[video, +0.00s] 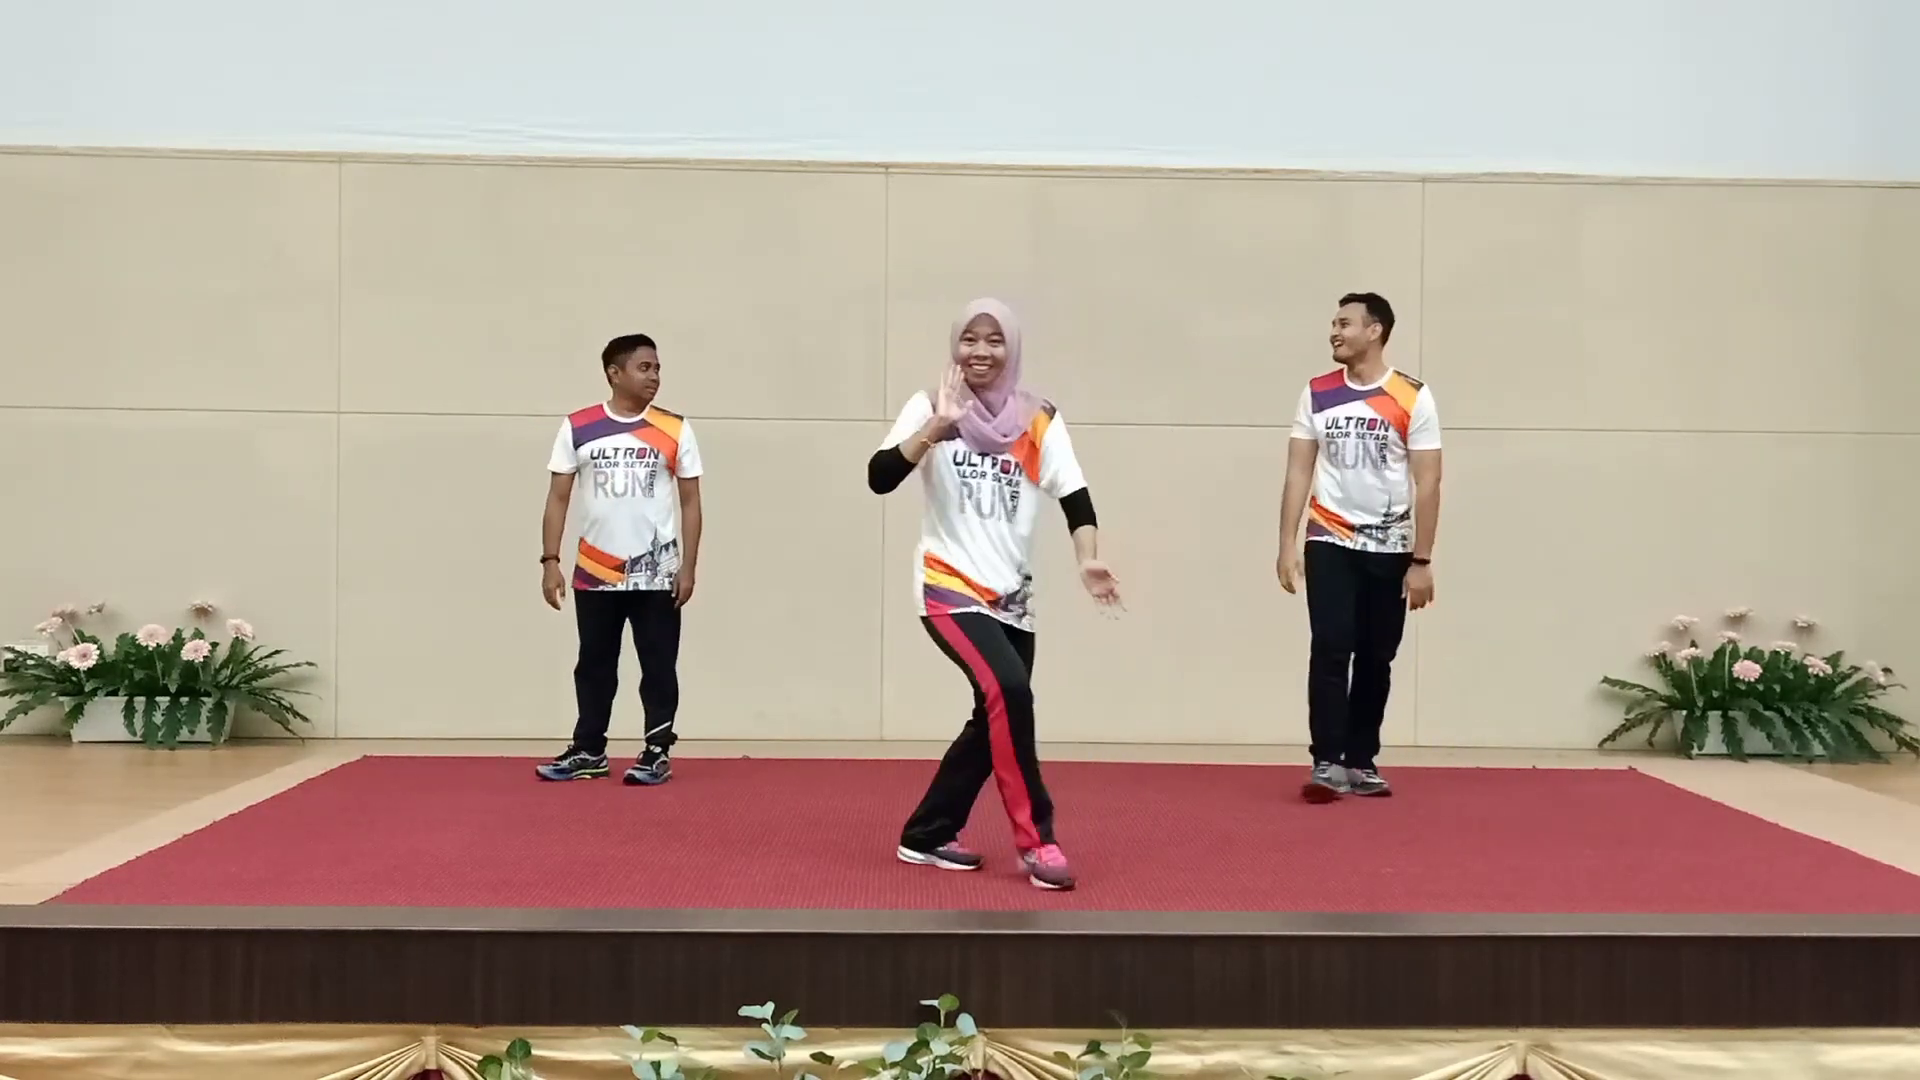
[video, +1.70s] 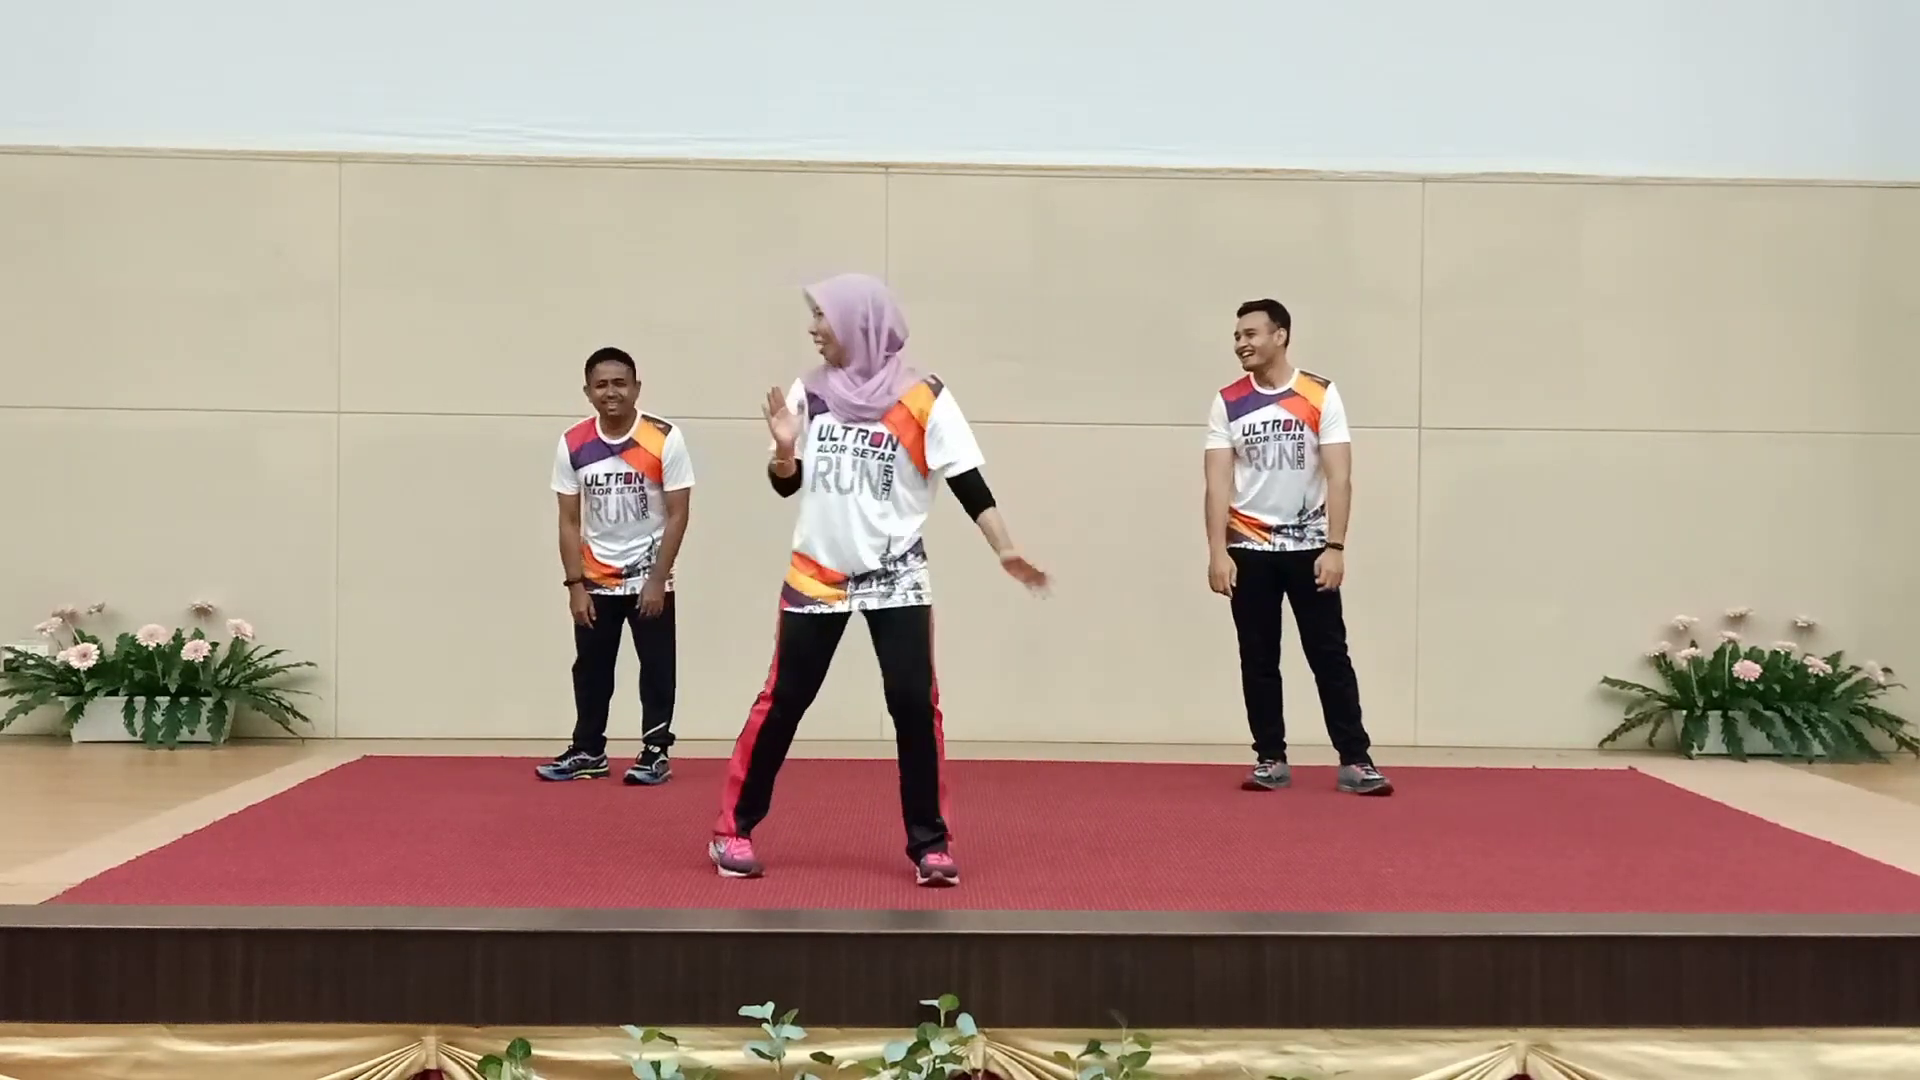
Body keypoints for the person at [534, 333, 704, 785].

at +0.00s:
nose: (655, 375)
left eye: (657, 368)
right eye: (645, 367)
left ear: (657, 373)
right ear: (614, 373)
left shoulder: (676, 431)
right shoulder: (578, 427)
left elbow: (690, 501)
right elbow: (558, 497)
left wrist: (689, 564)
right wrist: (550, 560)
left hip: (656, 574)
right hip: (597, 573)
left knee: (658, 668)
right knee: (594, 666)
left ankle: (657, 754)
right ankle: (589, 752)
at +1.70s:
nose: (610, 392)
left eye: (619, 383)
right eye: (601, 385)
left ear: (636, 387)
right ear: (589, 391)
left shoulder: (665, 439)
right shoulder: (572, 445)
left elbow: (678, 515)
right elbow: (569, 521)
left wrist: (658, 577)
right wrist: (575, 583)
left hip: (651, 580)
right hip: (597, 582)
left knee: (657, 671)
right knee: (591, 671)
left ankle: (655, 754)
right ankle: (588, 752)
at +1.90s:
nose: (583, 390)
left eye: (590, 382)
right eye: (582, 381)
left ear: (622, 384)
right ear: (607, 384)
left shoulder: (667, 435)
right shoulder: (584, 436)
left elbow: (690, 506)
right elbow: (563, 506)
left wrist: (669, 572)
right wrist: (538, 563)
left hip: (654, 581)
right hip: (600, 579)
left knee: (661, 673)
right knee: (595, 670)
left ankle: (655, 754)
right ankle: (589, 752)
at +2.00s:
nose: (583, 390)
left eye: (590, 381)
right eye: (583, 381)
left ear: (620, 382)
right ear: (607, 382)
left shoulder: (667, 432)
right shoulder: (586, 434)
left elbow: (694, 502)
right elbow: (548, 493)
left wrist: (677, 568)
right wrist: (504, 543)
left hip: (656, 576)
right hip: (603, 575)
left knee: (663, 670)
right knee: (596, 668)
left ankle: (655, 755)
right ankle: (588, 753)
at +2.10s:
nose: (588, 386)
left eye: (594, 378)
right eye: (588, 377)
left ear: (623, 379)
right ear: (615, 379)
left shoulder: (670, 428)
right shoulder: (588, 429)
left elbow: (699, 498)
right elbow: (528, 458)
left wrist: (691, 568)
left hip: (658, 576)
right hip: (605, 575)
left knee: (662, 672)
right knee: (596, 668)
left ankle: (656, 755)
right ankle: (589, 752)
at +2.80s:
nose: (649, 374)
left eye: (655, 367)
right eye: (638, 366)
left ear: (663, 373)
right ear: (615, 373)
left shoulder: (685, 430)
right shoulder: (589, 428)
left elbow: (703, 501)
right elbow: (546, 483)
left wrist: (693, 563)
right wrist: (501, 529)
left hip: (662, 574)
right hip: (602, 572)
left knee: (663, 669)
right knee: (593, 667)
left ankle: (656, 755)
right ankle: (588, 753)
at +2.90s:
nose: (651, 375)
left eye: (657, 367)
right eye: (640, 367)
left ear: (663, 372)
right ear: (615, 372)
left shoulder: (684, 430)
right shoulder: (586, 428)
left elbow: (701, 501)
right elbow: (558, 493)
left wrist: (703, 567)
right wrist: (531, 553)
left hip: (661, 576)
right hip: (600, 574)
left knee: (663, 670)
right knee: (593, 668)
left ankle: (657, 753)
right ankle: (588, 752)